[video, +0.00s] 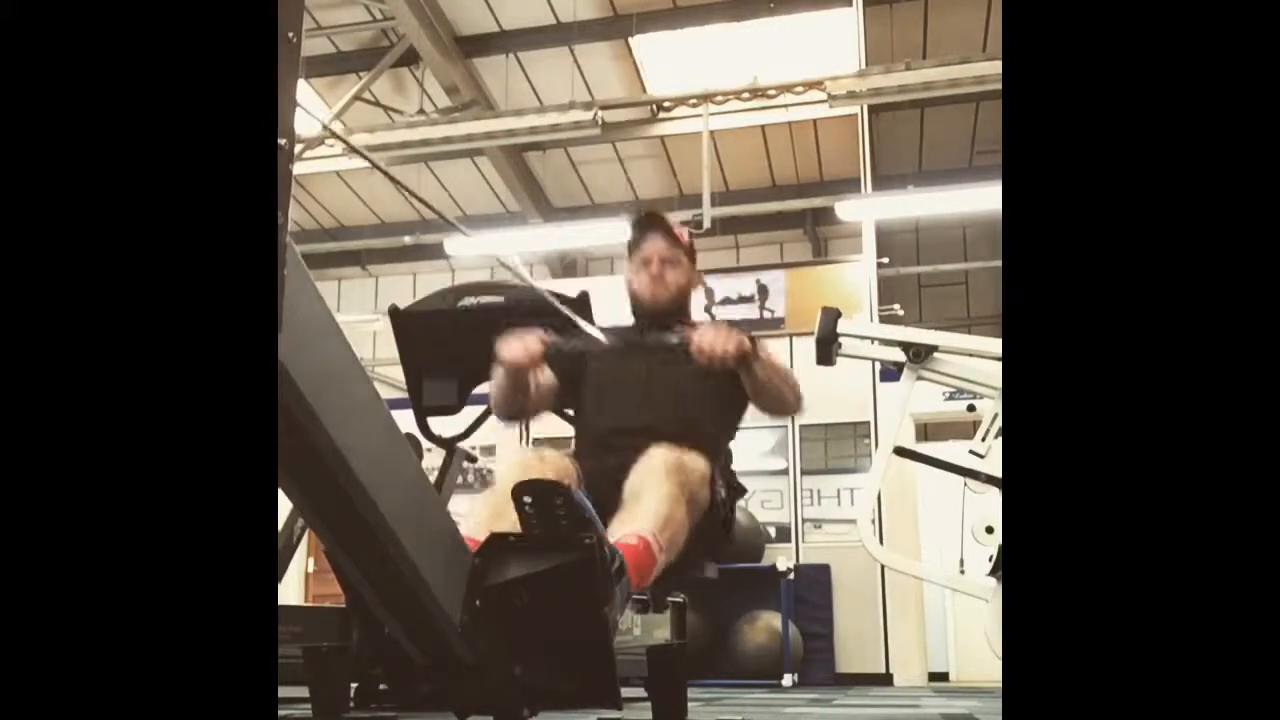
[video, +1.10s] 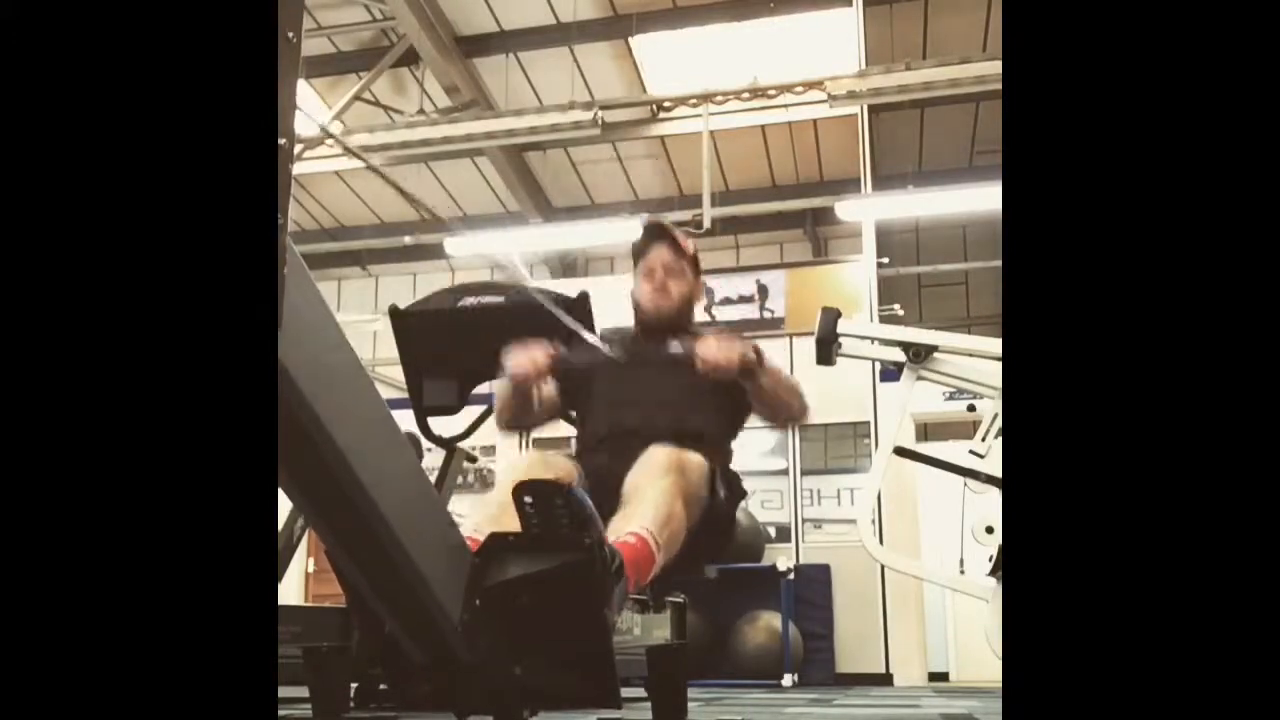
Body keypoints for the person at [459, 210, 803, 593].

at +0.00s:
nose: (655, 272)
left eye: (670, 262)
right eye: (643, 263)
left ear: (694, 277)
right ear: (627, 276)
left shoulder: (724, 345)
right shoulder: (594, 349)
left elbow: (787, 404)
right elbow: (511, 409)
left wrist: (747, 356)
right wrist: (513, 367)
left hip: (691, 488)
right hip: (592, 484)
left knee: (666, 462)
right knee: (533, 464)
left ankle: (609, 582)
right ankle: (470, 567)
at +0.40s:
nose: (638, 252)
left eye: (653, 241)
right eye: (626, 241)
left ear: (679, 256)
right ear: (611, 254)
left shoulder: (714, 331)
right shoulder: (569, 334)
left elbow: (800, 386)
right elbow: (471, 403)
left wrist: (747, 331)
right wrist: (474, 346)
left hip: (680, 504)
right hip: (565, 495)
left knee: (652, 391)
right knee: (526, 397)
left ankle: (607, 564)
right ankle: (454, 550)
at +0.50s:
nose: (622, 201)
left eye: (639, 191)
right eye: (609, 192)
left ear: (667, 210)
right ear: (592, 212)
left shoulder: (704, 288)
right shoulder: (552, 290)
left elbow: (769, 346)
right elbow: (473, 372)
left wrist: (724, 305)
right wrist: (442, 340)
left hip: (674, 489)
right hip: (555, 490)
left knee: (652, 358)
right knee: (505, 364)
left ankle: (607, 557)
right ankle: (446, 551)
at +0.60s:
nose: (600, 159)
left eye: (618, 149)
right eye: (586, 152)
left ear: (650, 169)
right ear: (569, 178)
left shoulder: (696, 253)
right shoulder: (520, 276)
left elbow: (741, 314)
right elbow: (447, 329)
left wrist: (697, 287)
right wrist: (390, 321)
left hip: (669, 489)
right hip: (549, 489)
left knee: (650, 341)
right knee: (487, 339)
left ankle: (606, 556)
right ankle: (441, 559)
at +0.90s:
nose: (624, 185)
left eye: (640, 175)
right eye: (610, 177)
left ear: (668, 194)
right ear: (593, 200)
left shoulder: (704, 268)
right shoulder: (562, 274)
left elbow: (746, 336)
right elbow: (485, 340)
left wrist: (705, 300)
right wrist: (442, 321)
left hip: (674, 472)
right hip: (559, 469)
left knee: (666, 390)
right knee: (514, 394)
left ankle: (610, 572)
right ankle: (451, 557)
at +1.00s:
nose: (647, 230)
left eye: (662, 222)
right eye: (636, 222)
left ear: (689, 238)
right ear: (622, 236)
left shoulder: (717, 303)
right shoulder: (590, 313)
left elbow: (764, 359)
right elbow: (514, 364)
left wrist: (728, 314)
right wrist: (490, 331)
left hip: (688, 476)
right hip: (582, 471)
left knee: (666, 424)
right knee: (521, 428)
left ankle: (609, 572)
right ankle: (451, 556)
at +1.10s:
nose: (658, 282)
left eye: (673, 273)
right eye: (647, 272)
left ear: (697, 288)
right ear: (632, 286)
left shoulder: (724, 353)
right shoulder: (599, 353)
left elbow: (794, 413)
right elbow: (514, 420)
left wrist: (750, 367)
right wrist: (519, 379)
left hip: (695, 485)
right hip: (595, 484)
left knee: (663, 460)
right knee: (536, 468)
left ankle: (613, 578)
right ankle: (471, 564)